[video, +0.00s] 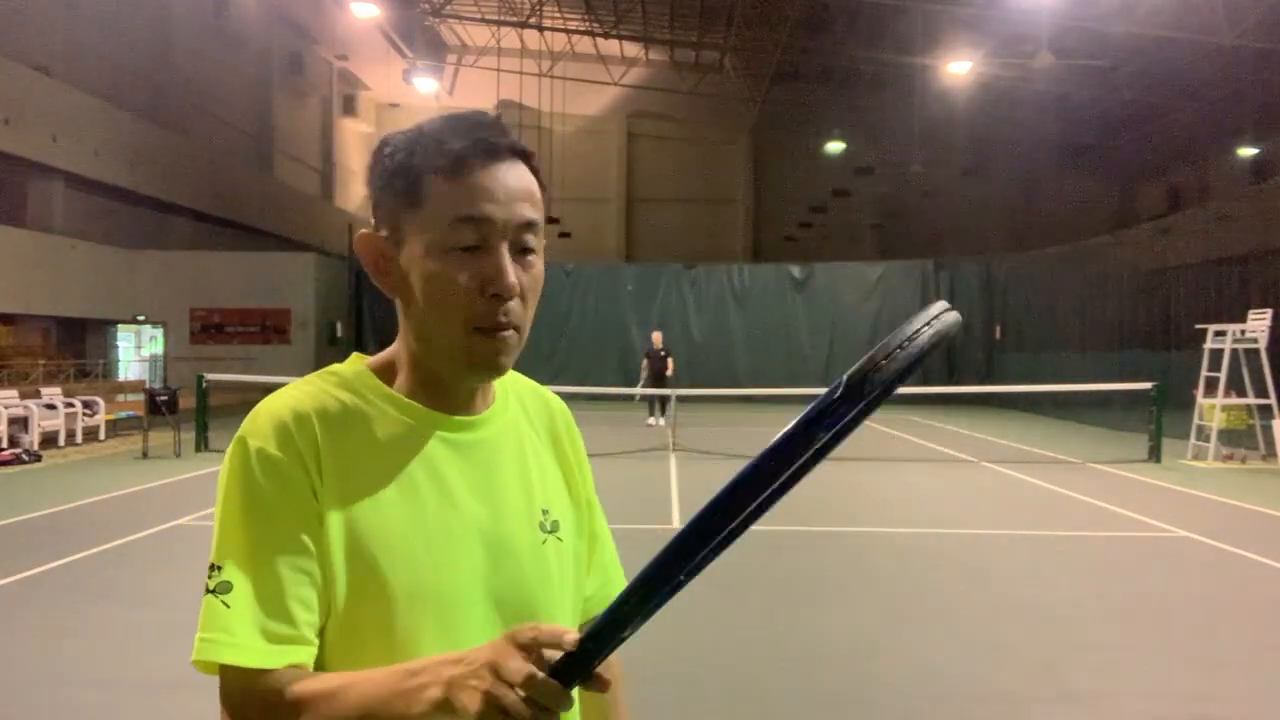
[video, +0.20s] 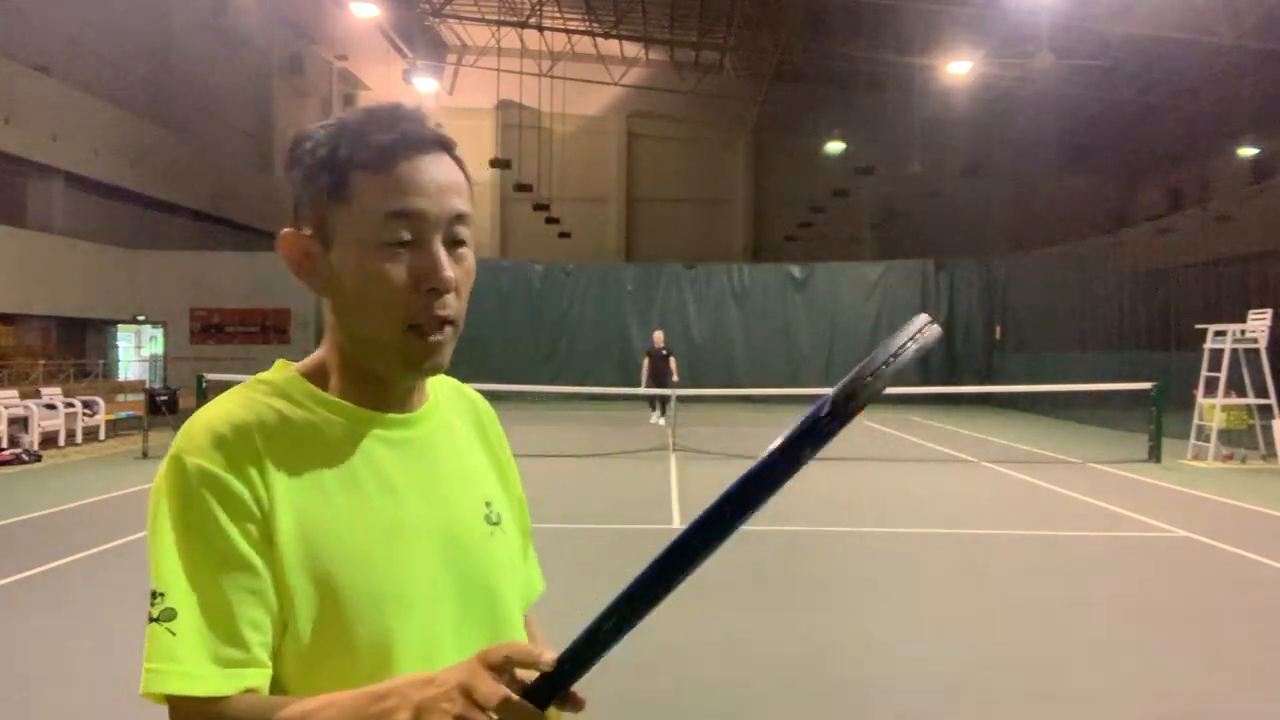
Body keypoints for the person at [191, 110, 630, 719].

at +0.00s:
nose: (507, 282)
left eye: (525, 248)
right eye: (468, 247)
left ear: (543, 256)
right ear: (383, 261)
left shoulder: (546, 420)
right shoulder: (291, 434)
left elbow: (594, 658)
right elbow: (255, 697)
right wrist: (444, 681)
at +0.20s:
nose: (443, 276)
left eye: (457, 240)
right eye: (399, 242)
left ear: (475, 245)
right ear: (307, 260)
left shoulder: (469, 418)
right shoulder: (223, 451)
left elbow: (516, 624)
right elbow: (207, 705)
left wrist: (541, 690)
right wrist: (415, 698)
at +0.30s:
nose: (399, 277)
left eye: (413, 240)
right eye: (356, 243)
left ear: (430, 247)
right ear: (258, 262)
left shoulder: (427, 420)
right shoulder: (183, 461)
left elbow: (450, 647)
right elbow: (172, 706)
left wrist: (487, 702)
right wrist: (400, 699)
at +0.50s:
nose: (335, 269)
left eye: (346, 228)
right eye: (286, 235)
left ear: (365, 239)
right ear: (189, 259)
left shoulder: (340, 408)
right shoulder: (124, 472)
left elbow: (365, 655)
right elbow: (130, 705)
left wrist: (445, 695)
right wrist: (408, 703)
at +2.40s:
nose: (352, 279)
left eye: (369, 247)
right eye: (313, 247)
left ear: (388, 256)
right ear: (233, 260)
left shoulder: (305, 417)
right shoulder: (183, 427)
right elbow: (168, 696)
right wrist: (421, 623)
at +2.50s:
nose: (376, 283)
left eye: (386, 253)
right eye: (340, 252)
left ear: (397, 256)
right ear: (253, 266)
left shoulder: (301, 417)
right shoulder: (207, 425)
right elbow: (193, 684)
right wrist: (428, 622)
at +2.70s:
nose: (428, 288)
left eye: (423, 264)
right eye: (416, 262)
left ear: (353, 276)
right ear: (352, 274)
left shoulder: (305, 404)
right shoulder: (266, 408)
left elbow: (327, 630)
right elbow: (317, 641)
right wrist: (534, 602)